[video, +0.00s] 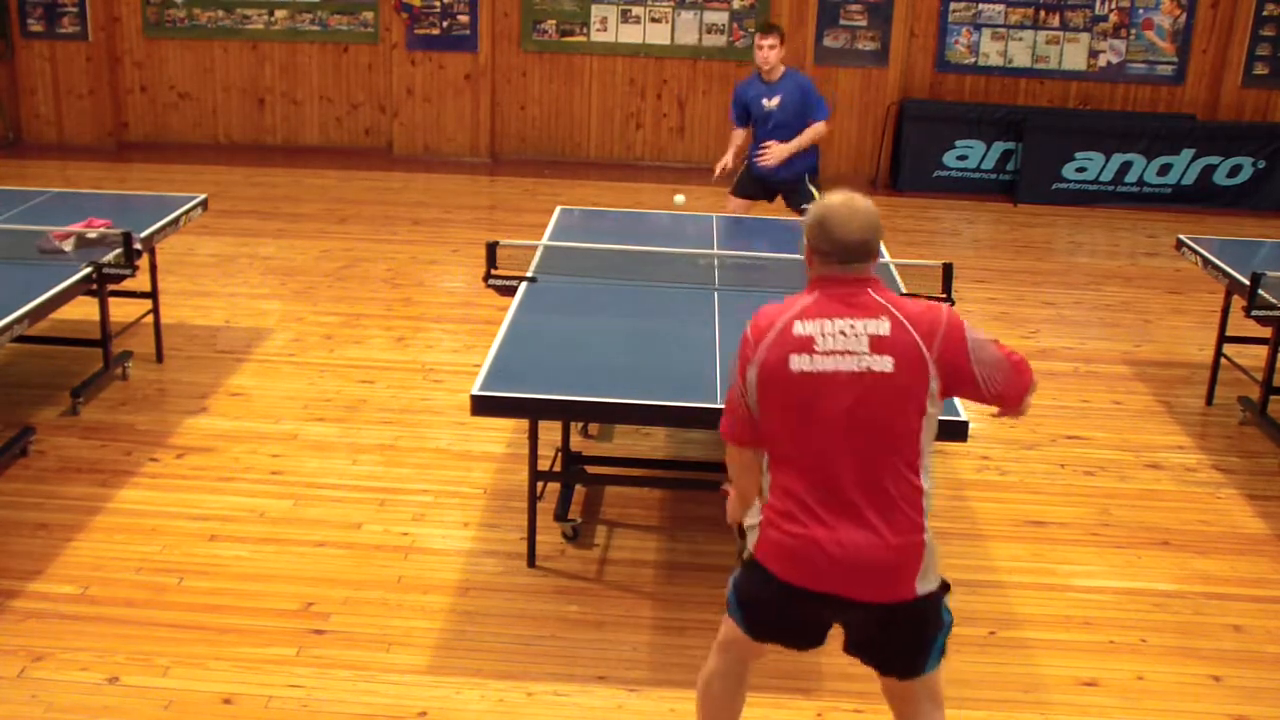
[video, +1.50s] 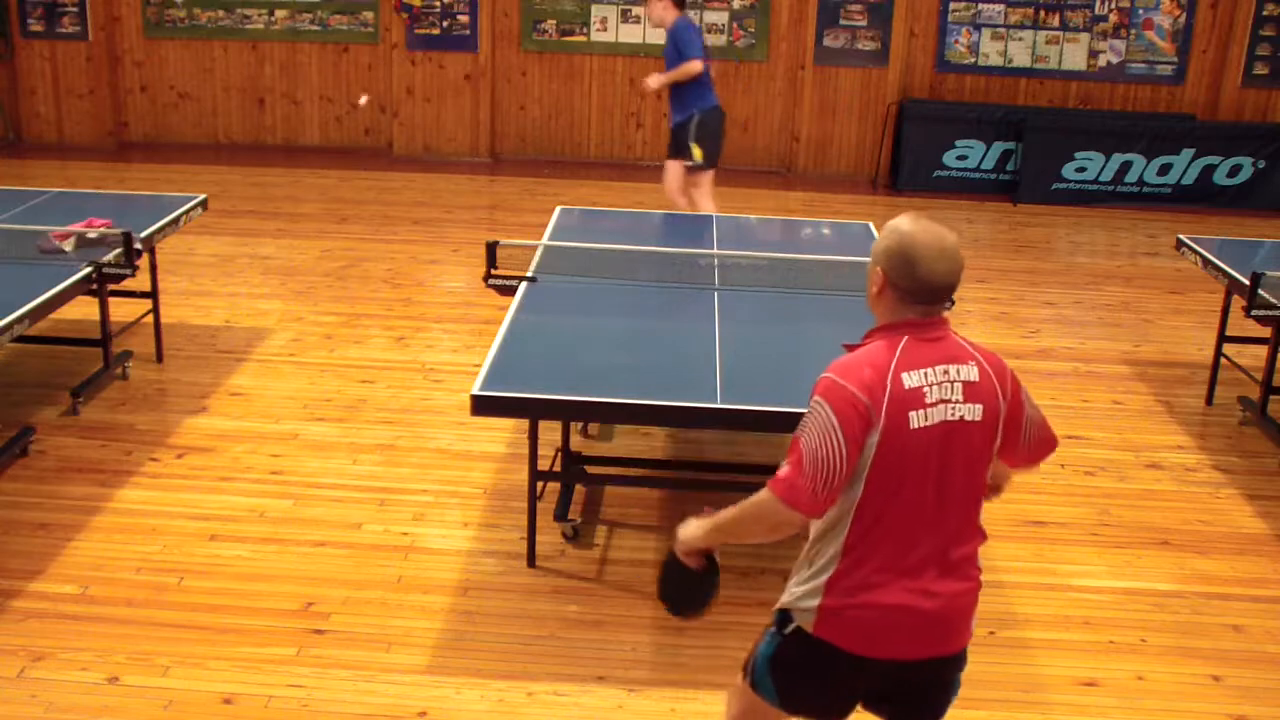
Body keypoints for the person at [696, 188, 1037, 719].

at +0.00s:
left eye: (804, 245)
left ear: (809, 252)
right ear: (880, 252)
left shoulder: (768, 326)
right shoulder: (931, 325)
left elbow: (740, 436)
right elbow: (1015, 386)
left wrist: (744, 495)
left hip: (790, 558)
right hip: (894, 568)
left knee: (733, 647)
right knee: (917, 697)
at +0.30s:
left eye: (822, 292)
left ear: (827, 303)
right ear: (899, 305)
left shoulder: (787, 392)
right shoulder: (954, 385)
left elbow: (746, 500)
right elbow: (1038, 464)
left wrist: (793, 470)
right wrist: (1044, 513)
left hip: (818, 630)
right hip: (929, 638)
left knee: (731, 696)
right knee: (953, 709)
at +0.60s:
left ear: (822, 288)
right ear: (895, 290)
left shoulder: (780, 371)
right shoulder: (946, 370)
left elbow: (739, 486)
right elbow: (1016, 462)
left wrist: (763, 490)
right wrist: (995, 516)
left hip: (810, 619)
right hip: (922, 625)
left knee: (727, 706)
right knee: (939, 710)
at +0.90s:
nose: (703, 304)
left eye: (705, 296)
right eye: (706, 293)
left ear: (715, 308)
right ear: (782, 302)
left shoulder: (695, 399)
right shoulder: (849, 372)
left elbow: (585, 444)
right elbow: (936, 447)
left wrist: (569, 381)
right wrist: (1008, 502)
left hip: (753, 624)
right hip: (860, 620)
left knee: (654, 675)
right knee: (890, 706)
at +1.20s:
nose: (756, 290)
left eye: (759, 280)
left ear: (766, 294)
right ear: (839, 293)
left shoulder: (741, 392)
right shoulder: (891, 377)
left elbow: (649, 466)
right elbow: (960, 439)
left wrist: (576, 397)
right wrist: (984, 475)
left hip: (747, 617)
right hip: (858, 624)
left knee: (664, 689)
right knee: (879, 712)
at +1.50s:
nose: (869, 268)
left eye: (873, 260)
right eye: (877, 256)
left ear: (879, 281)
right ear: (950, 287)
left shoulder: (854, 379)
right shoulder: (989, 370)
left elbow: (794, 501)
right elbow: (1031, 444)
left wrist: (706, 531)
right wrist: (994, 471)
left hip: (837, 630)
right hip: (938, 636)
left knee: (753, 706)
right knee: (914, 713)